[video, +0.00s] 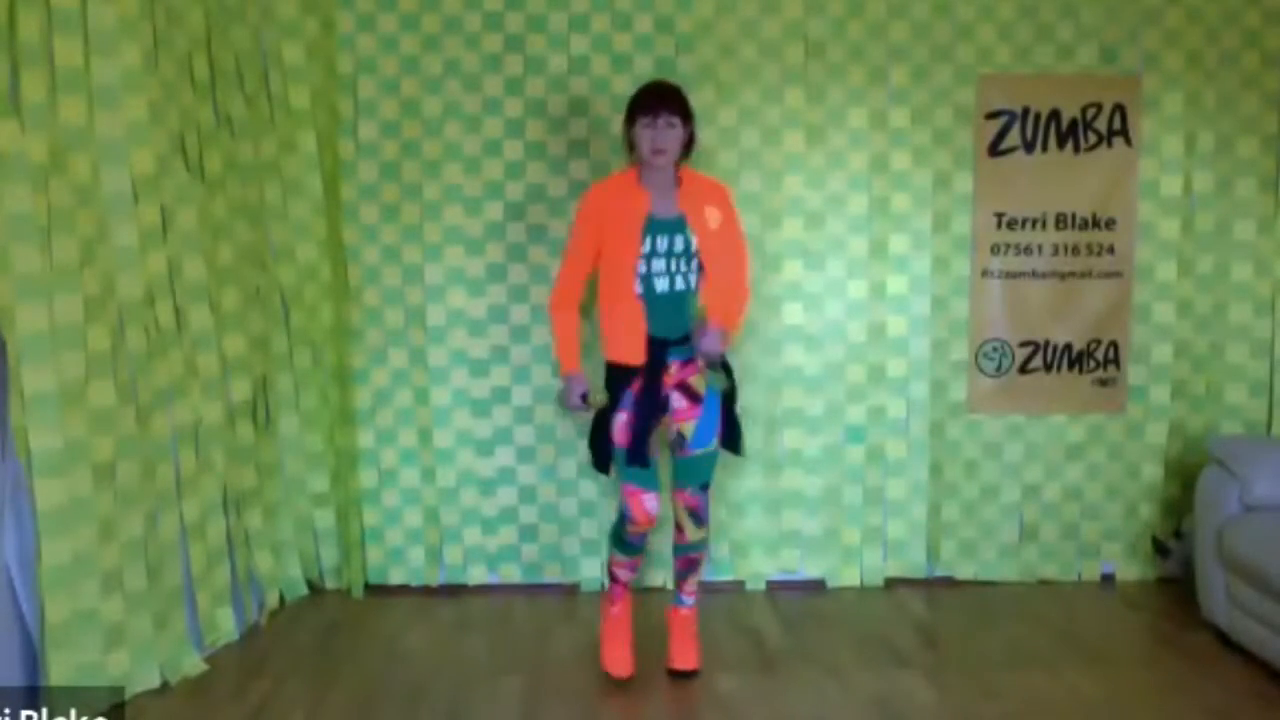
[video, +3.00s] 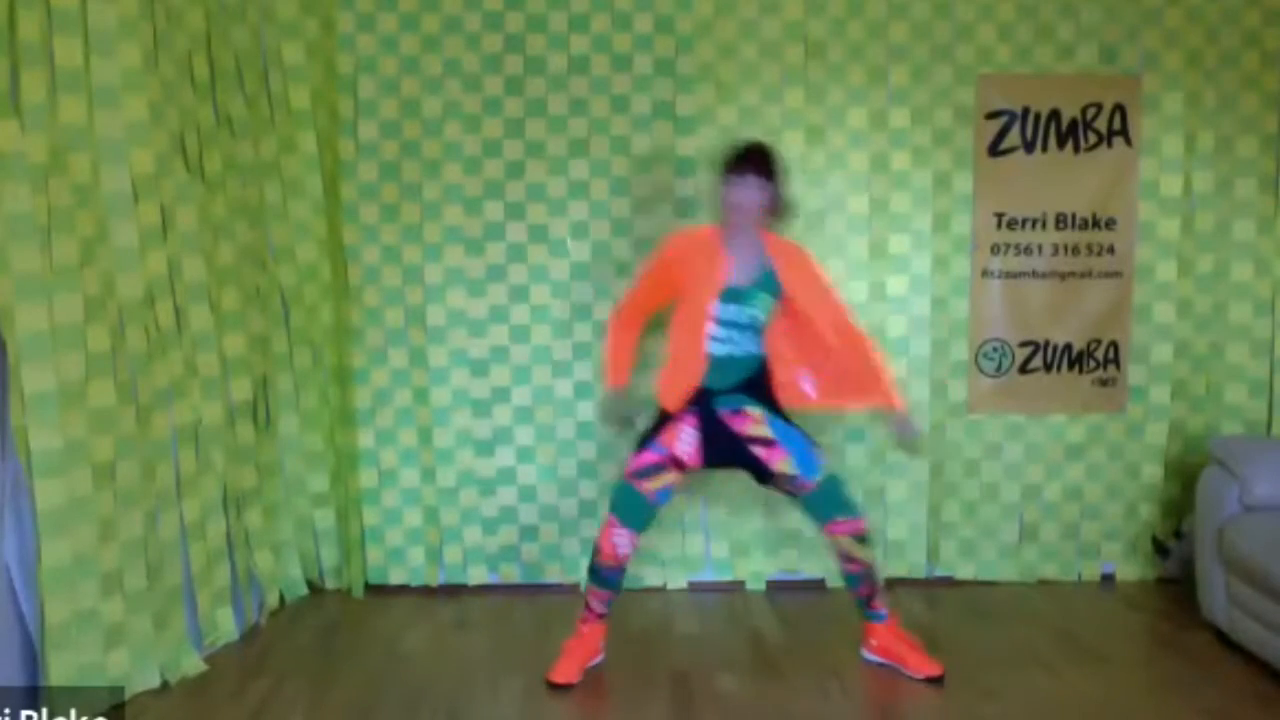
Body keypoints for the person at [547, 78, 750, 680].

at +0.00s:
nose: (659, 135)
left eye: (671, 125)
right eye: (648, 124)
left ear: (687, 136)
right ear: (630, 134)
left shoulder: (710, 197)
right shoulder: (602, 202)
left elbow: (734, 275)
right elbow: (566, 292)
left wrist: (721, 327)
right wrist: (571, 367)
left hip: (698, 365)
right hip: (631, 369)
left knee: (693, 503)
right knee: (639, 509)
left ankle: (685, 616)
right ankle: (617, 609)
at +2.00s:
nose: (630, 135)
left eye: (641, 126)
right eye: (619, 127)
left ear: (660, 138)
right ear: (604, 142)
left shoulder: (692, 186)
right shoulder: (591, 213)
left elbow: (733, 249)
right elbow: (563, 303)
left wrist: (725, 305)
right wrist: (542, 394)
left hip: (689, 364)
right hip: (622, 370)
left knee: (677, 500)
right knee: (607, 501)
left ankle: (649, 615)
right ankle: (597, 625)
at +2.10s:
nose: (622, 155)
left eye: (631, 146)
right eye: (611, 148)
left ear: (651, 158)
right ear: (594, 166)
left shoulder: (688, 210)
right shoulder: (589, 243)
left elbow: (714, 279)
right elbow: (569, 335)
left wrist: (730, 344)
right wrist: (552, 427)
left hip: (698, 374)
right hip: (630, 384)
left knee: (731, 512)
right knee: (609, 519)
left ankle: (689, 604)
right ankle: (598, 632)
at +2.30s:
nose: (678, 192)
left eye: (689, 182)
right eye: (667, 182)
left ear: (705, 191)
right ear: (648, 190)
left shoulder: (729, 253)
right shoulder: (620, 258)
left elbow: (783, 323)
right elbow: (579, 333)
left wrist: (826, 395)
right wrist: (575, 408)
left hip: (719, 411)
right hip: (645, 416)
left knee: (808, 511)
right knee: (590, 527)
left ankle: (851, 624)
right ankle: (595, 635)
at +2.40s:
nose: (720, 206)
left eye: (732, 195)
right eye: (710, 194)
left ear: (746, 205)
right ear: (691, 200)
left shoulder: (765, 271)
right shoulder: (655, 258)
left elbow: (819, 341)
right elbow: (603, 310)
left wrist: (874, 410)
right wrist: (597, 380)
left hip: (739, 428)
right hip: (664, 428)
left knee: (838, 526)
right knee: (597, 525)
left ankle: (874, 631)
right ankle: (596, 635)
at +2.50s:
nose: (786, 228)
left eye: (799, 218)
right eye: (778, 215)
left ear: (816, 230)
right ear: (761, 220)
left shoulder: (824, 303)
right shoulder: (722, 266)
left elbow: (884, 370)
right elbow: (655, 288)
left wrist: (947, 438)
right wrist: (648, 347)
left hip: (774, 445)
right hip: (698, 438)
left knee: (877, 525)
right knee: (617, 535)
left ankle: (881, 631)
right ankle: (600, 634)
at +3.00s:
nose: (741, 202)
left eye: (754, 192)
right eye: (734, 190)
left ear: (771, 201)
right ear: (721, 194)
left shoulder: (786, 260)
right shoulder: (687, 250)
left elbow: (840, 331)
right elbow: (630, 311)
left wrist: (889, 402)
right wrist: (616, 380)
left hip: (754, 409)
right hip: (685, 409)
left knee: (838, 510)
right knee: (626, 512)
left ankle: (880, 629)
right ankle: (589, 632)